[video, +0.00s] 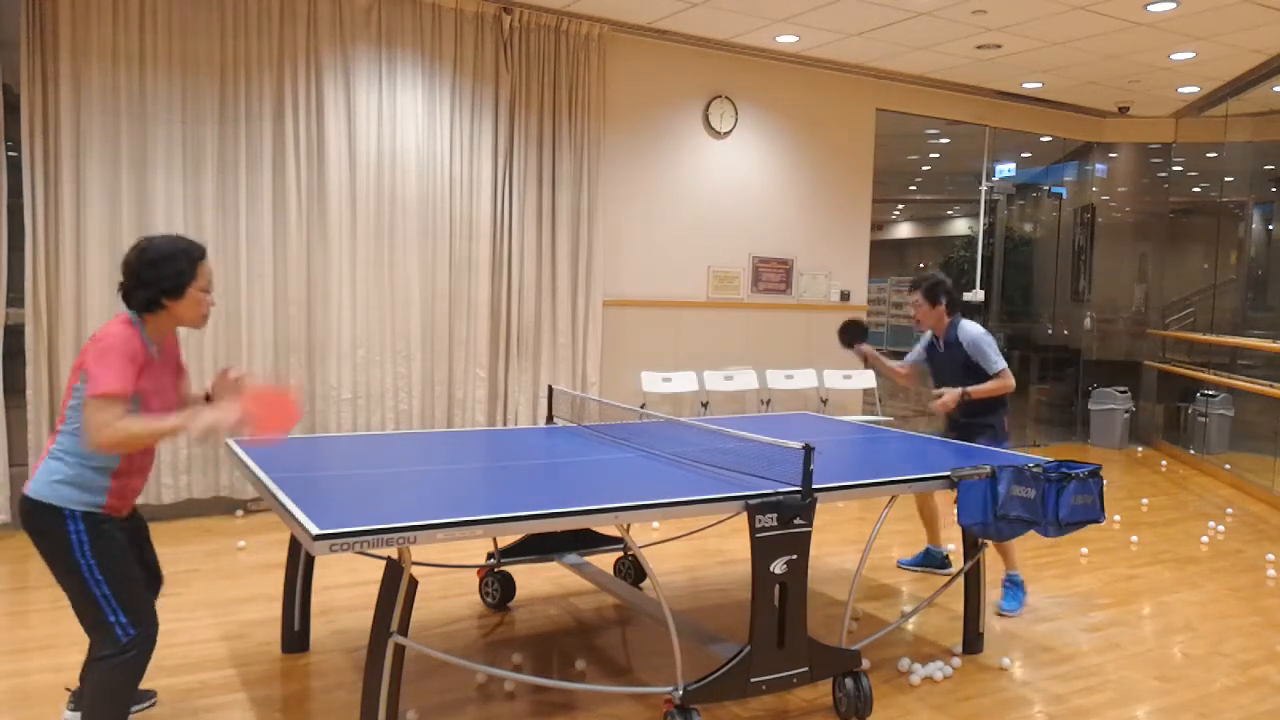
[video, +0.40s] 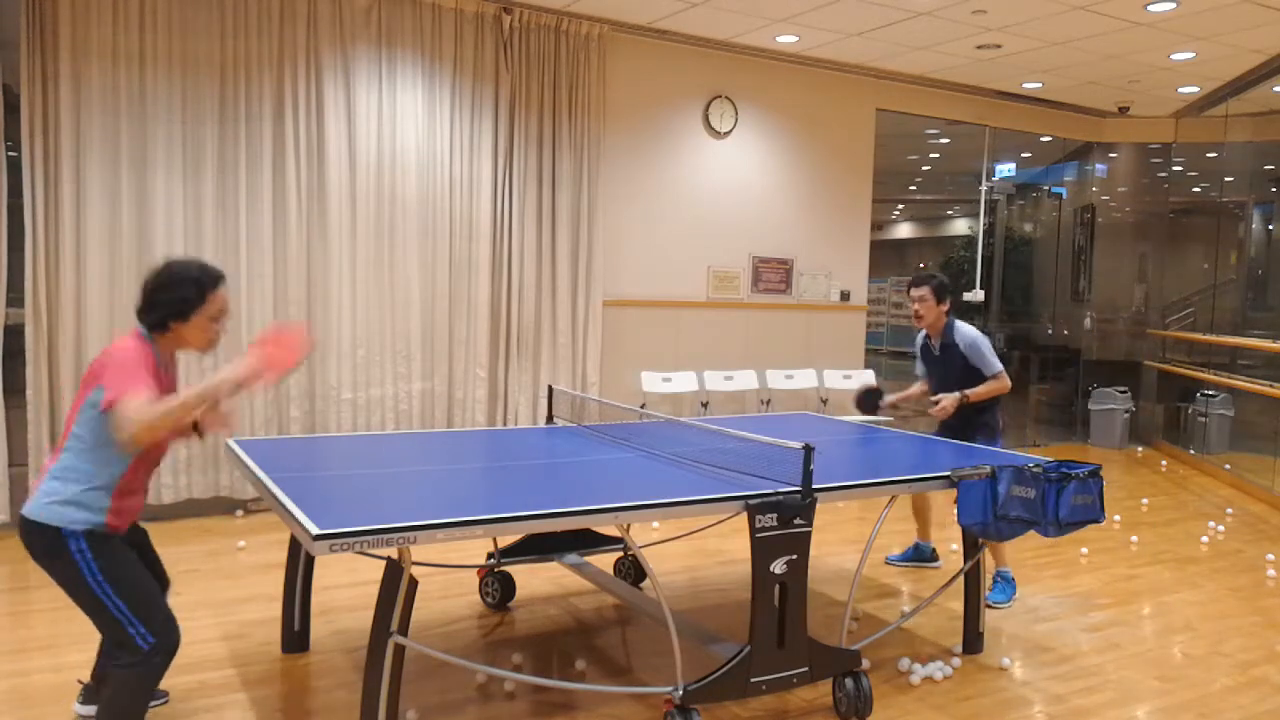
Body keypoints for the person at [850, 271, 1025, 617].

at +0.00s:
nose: (913, 312)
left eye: (918, 305)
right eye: (912, 306)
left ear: (940, 305)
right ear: (933, 307)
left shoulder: (971, 334)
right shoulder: (930, 340)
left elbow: (1007, 382)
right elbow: (903, 375)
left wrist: (961, 393)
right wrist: (872, 356)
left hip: (988, 434)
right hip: (955, 432)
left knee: (985, 506)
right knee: (921, 482)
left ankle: (1013, 578)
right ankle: (936, 552)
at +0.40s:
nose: (915, 308)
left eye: (922, 302)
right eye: (912, 302)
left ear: (944, 305)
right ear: (911, 305)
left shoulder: (969, 338)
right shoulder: (923, 341)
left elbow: (1003, 382)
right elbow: (930, 383)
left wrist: (960, 397)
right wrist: (899, 398)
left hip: (981, 432)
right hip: (948, 430)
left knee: (978, 503)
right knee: (917, 477)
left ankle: (1003, 574)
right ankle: (924, 547)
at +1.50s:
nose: (883, 326)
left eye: (886, 318)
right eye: (882, 319)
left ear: (906, 316)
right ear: (904, 316)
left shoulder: (931, 339)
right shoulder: (920, 341)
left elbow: (973, 378)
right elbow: (931, 386)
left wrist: (933, 405)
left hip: (971, 434)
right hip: (948, 433)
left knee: (978, 504)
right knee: (914, 479)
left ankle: (1006, 577)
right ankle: (924, 545)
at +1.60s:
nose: (873, 319)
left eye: (876, 312)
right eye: (872, 312)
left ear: (897, 312)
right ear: (892, 312)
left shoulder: (924, 333)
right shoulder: (897, 342)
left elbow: (967, 370)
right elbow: (872, 365)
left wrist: (926, 394)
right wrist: (825, 361)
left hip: (965, 431)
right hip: (935, 430)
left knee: (972, 498)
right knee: (904, 478)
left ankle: (995, 572)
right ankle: (922, 544)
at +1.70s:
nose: (869, 303)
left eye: (875, 297)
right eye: (870, 297)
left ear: (896, 299)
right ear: (887, 300)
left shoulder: (923, 324)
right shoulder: (880, 330)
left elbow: (964, 362)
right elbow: (847, 348)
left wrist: (926, 378)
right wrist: (812, 341)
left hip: (945, 419)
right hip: (916, 418)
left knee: (936, 480)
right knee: (893, 473)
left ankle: (969, 548)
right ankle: (920, 539)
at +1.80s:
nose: (870, 297)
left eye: (877, 291)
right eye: (869, 290)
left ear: (898, 294)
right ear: (869, 292)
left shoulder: (923, 323)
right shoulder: (871, 326)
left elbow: (961, 362)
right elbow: (836, 349)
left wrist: (923, 375)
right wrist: (806, 340)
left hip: (928, 416)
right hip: (895, 415)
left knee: (921, 478)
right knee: (873, 469)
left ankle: (937, 548)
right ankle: (894, 526)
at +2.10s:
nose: (865, 307)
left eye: (872, 301)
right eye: (862, 301)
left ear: (892, 306)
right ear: (860, 304)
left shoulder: (915, 336)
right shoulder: (857, 336)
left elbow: (944, 372)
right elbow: (840, 373)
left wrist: (924, 399)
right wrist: (833, 378)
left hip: (913, 425)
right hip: (875, 422)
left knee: (921, 481)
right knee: (851, 470)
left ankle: (939, 546)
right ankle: (852, 527)